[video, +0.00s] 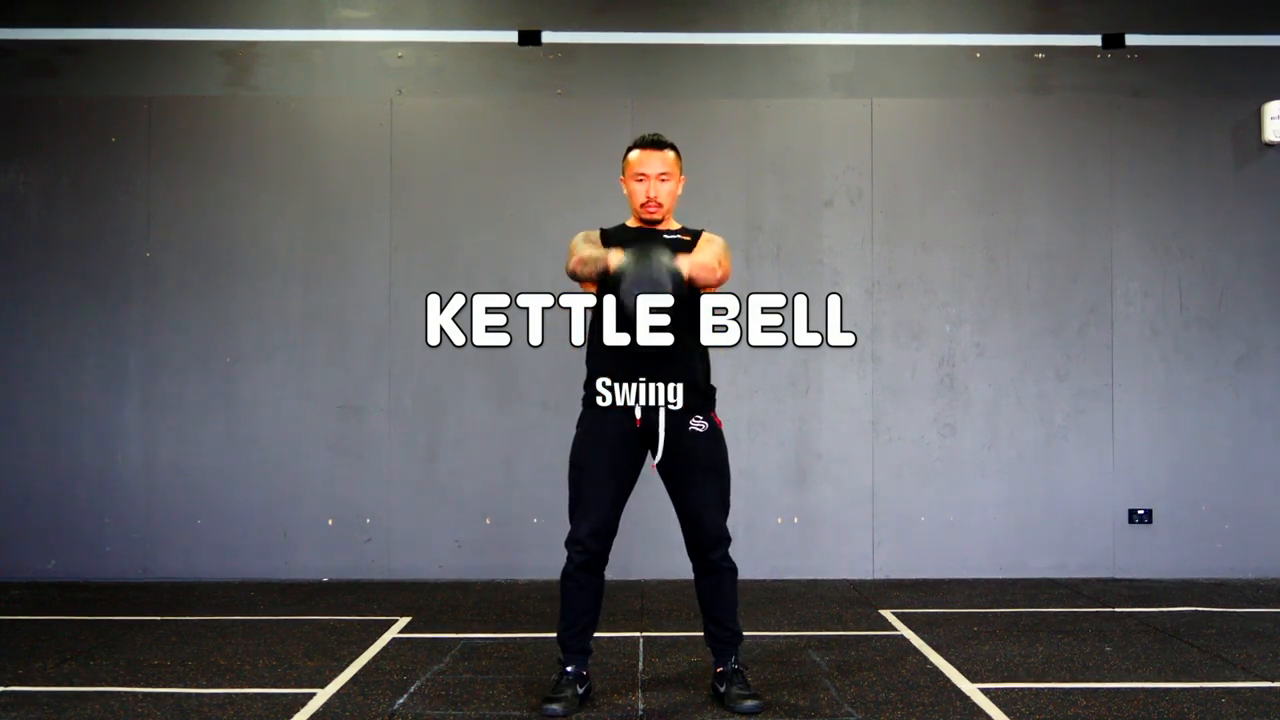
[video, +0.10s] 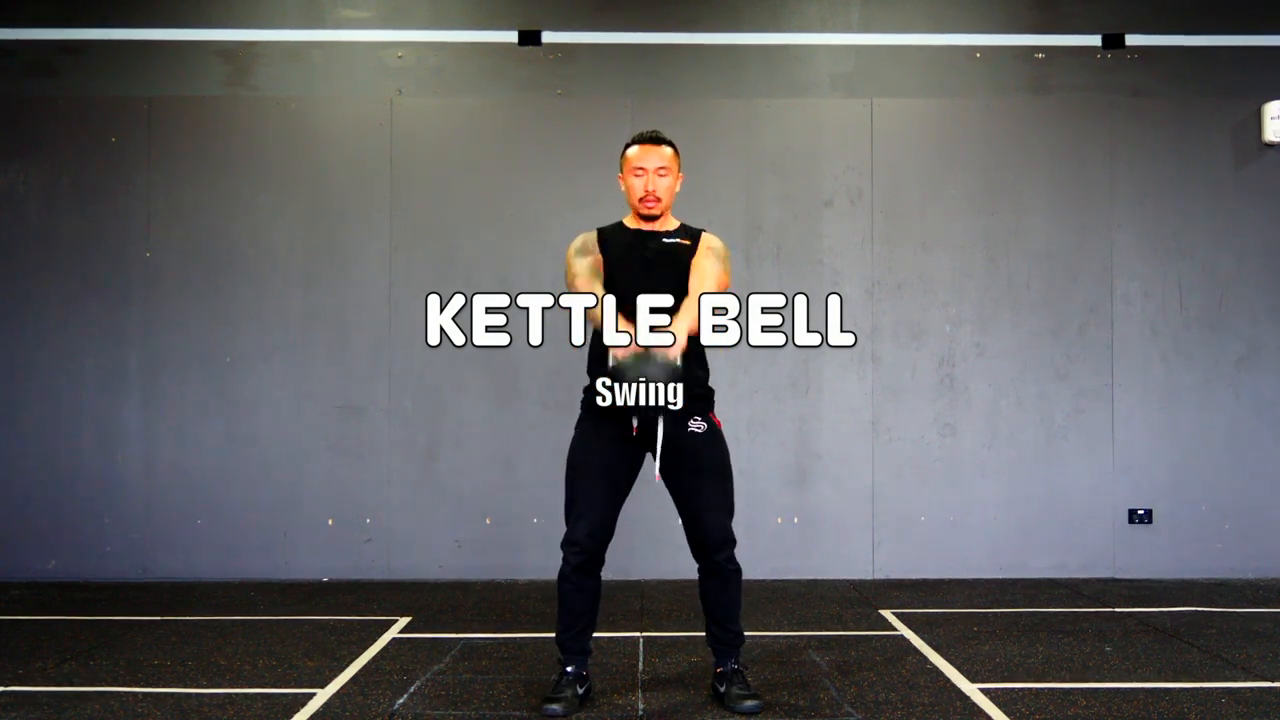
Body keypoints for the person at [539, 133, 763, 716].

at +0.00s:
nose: (652, 188)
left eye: (663, 177)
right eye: (641, 178)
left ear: (680, 184)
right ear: (625, 184)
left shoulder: (699, 241)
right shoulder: (598, 240)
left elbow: (713, 266)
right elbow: (580, 262)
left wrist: (693, 268)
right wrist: (606, 264)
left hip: (688, 415)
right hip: (610, 414)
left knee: (711, 544)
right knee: (586, 542)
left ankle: (729, 669)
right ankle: (572, 671)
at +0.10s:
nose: (649, 183)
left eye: (662, 172)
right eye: (637, 172)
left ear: (679, 180)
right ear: (621, 180)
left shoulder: (708, 249)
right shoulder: (587, 249)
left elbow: (699, 308)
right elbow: (594, 310)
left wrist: (668, 352)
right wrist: (627, 349)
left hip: (688, 417)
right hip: (609, 418)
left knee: (717, 546)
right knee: (582, 544)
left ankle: (729, 670)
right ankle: (572, 673)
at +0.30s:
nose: (645, 190)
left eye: (657, 179)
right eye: (633, 180)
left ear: (675, 191)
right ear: (616, 192)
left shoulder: (707, 270)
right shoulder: (583, 272)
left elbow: (701, 371)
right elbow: (588, 372)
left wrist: (676, 446)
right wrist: (616, 448)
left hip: (688, 431)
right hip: (604, 430)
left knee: (741, 547)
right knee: (558, 547)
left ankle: (732, 671)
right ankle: (569, 674)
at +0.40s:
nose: (642, 219)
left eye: (654, 207)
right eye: (630, 208)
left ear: (672, 217)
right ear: (613, 218)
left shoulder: (708, 293)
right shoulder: (580, 295)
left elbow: (700, 394)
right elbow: (590, 397)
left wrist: (678, 465)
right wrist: (619, 467)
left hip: (689, 441)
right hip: (606, 442)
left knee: (748, 534)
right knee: (548, 538)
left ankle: (733, 669)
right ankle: (567, 673)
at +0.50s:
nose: (640, 244)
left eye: (652, 230)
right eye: (627, 232)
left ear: (671, 237)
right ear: (610, 240)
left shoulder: (709, 307)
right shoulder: (581, 312)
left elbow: (701, 404)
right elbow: (588, 409)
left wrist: (680, 473)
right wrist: (618, 476)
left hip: (688, 443)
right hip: (608, 445)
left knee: (752, 533)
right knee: (547, 537)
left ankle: (735, 668)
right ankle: (568, 673)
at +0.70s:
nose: (642, 213)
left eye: (653, 201)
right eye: (629, 202)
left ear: (672, 212)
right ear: (612, 214)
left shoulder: (708, 289)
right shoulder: (582, 294)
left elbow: (700, 392)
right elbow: (594, 395)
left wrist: (680, 467)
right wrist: (621, 470)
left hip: (690, 443)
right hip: (609, 445)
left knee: (749, 545)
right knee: (553, 548)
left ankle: (733, 671)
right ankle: (570, 676)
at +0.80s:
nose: (646, 191)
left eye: (658, 180)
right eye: (633, 181)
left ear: (675, 191)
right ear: (617, 193)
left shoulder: (708, 269)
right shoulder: (586, 273)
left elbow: (703, 359)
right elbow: (592, 366)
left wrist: (679, 432)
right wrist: (620, 432)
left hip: (690, 428)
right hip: (607, 428)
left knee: (734, 552)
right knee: (567, 552)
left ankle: (730, 674)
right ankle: (572, 676)